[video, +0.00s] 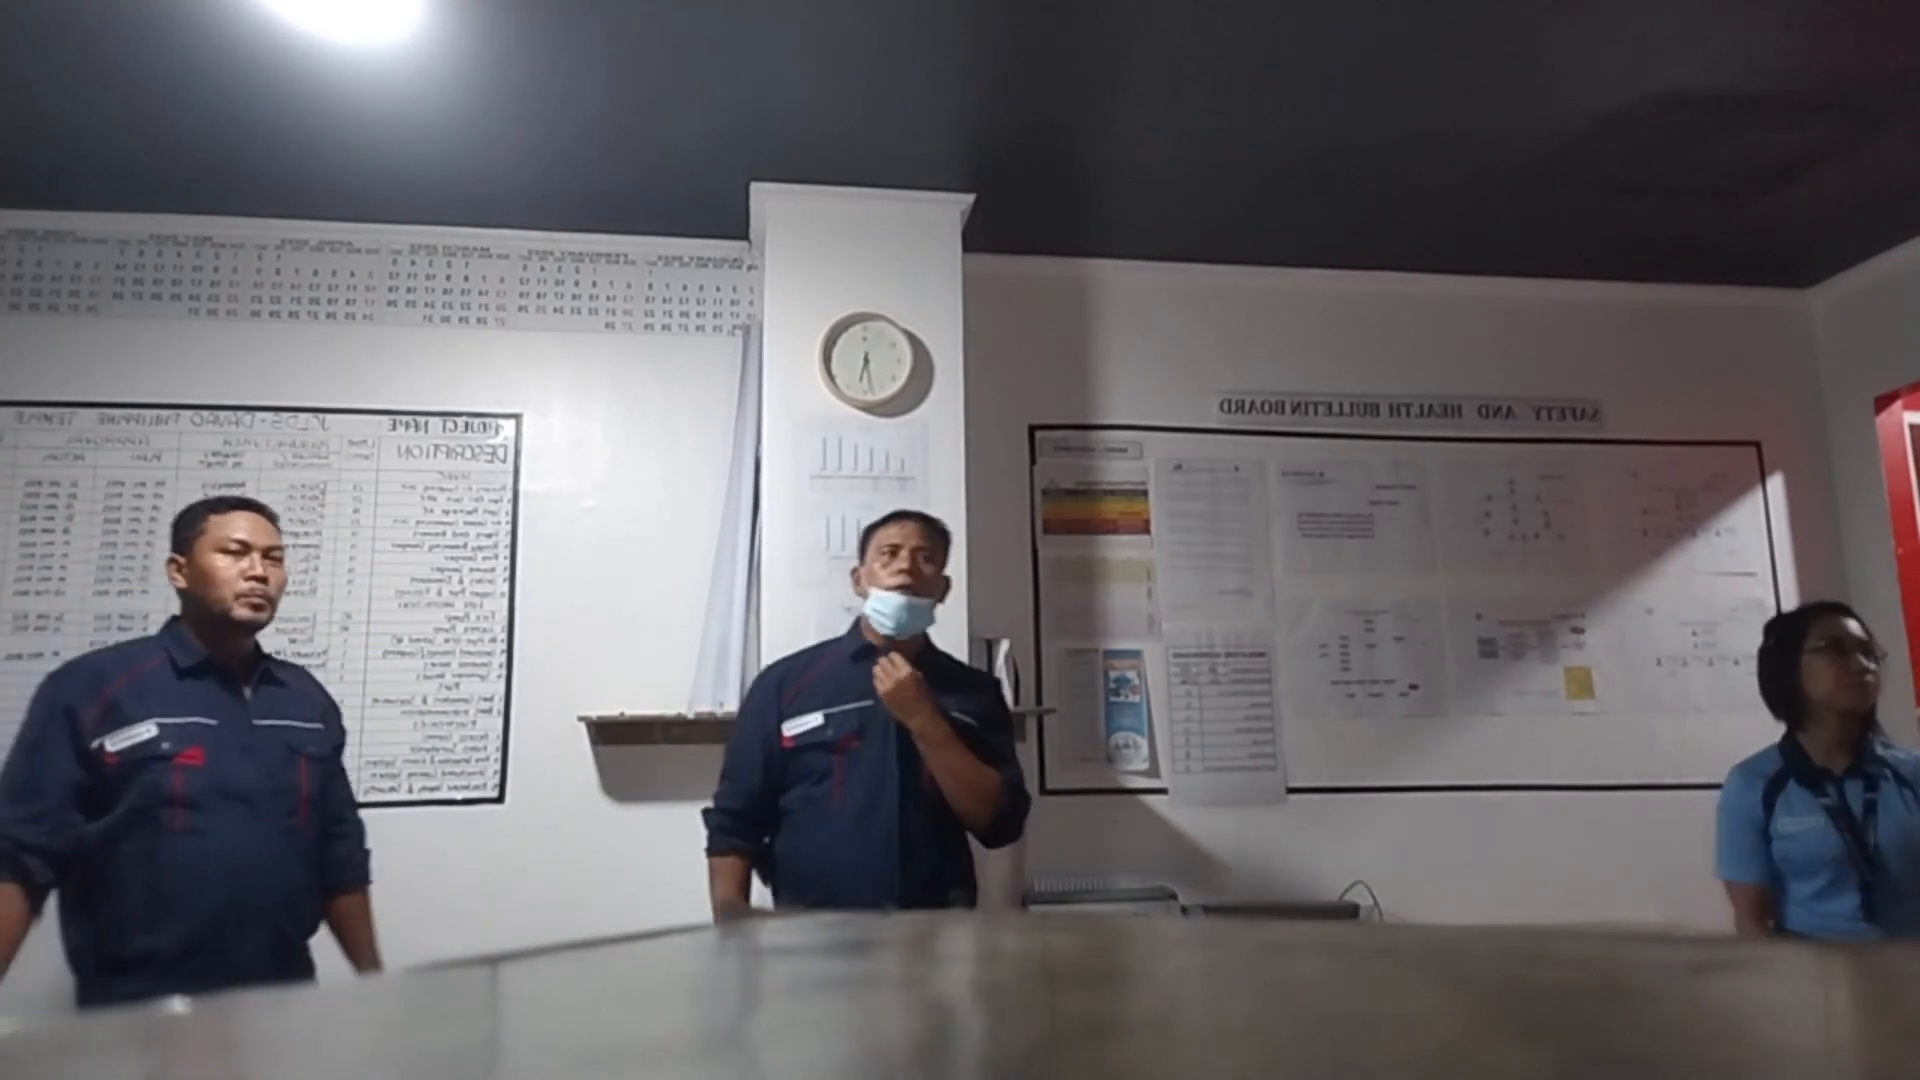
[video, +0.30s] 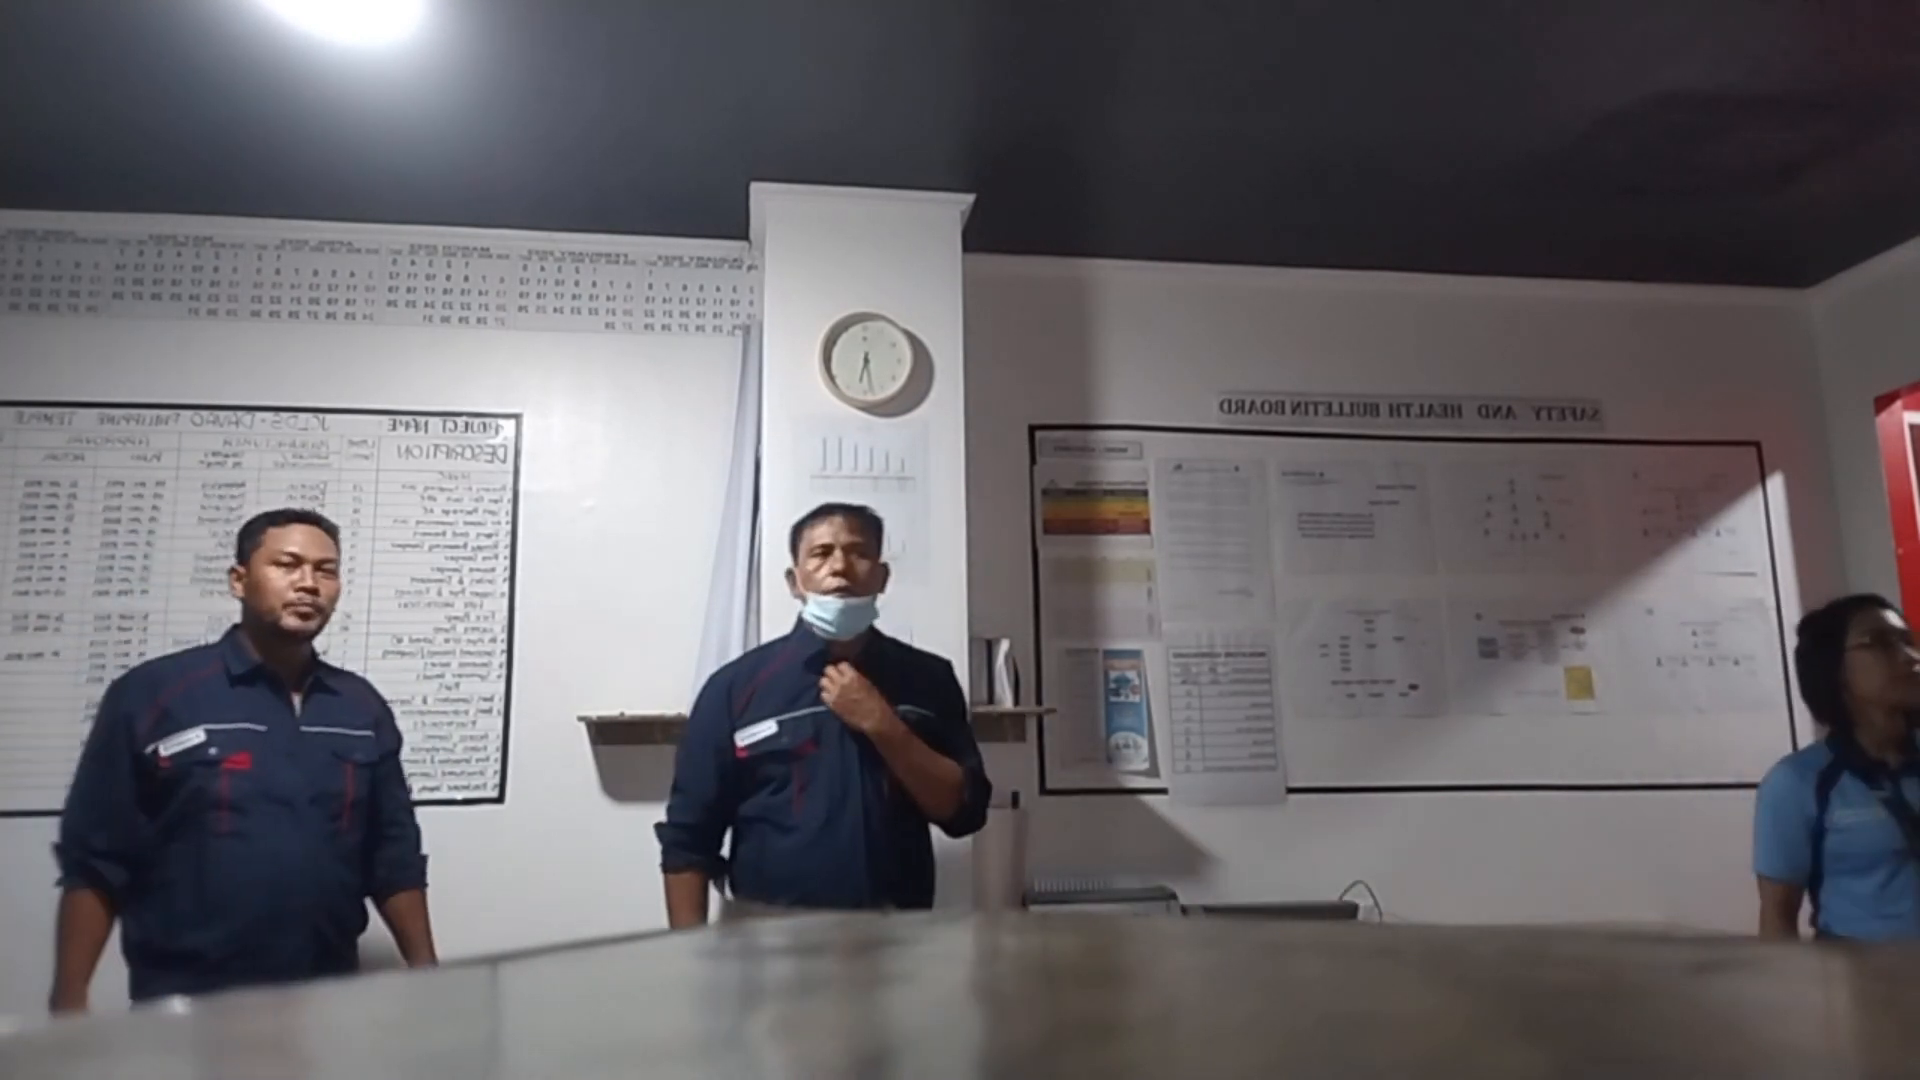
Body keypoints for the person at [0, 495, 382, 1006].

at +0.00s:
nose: (259, 572)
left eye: (273, 558)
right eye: (234, 552)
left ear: (285, 576)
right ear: (179, 571)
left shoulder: (307, 702)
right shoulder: (84, 694)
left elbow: (339, 860)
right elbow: (20, 870)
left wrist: (377, 986)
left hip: (280, 1011)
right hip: (135, 1018)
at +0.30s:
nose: (309, 583)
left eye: (325, 570)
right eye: (287, 564)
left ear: (338, 589)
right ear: (240, 581)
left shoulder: (362, 708)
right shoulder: (148, 698)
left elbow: (394, 858)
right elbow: (95, 864)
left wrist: (428, 983)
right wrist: (68, 1006)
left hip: (322, 1008)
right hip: (185, 1012)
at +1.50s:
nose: (269, 569)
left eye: (283, 557)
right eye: (246, 549)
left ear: (295, 580)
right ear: (191, 567)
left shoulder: (306, 703)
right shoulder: (92, 685)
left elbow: (324, 868)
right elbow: (43, 864)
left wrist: (344, 1000)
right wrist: (28, 1026)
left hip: (264, 1012)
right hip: (123, 1014)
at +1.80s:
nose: (211, 564)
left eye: (224, 550)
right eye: (185, 543)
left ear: (234, 570)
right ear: (122, 560)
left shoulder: (238, 702)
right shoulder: (29, 680)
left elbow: (243, 861)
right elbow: (11, 849)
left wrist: (264, 990)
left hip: (205, 1017)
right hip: (58, 1021)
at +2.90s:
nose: (266, 571)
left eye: (279, 555)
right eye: (240, 554)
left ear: (294, 571)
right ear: (188, 575)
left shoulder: (310, 709)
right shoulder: (99, 691)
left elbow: (317, 871)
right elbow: (36, 869)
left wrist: (338, 1006)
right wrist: (0, 1003)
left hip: (276, 1021)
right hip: (133, 1024)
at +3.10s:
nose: (319, 578)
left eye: (335, 566)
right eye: (297, 560)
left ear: (348, 588)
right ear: (248, 578)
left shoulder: (363, 716)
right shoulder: (154, 687)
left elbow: (372, 879)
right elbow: (92, 838)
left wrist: (374, 997)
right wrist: (76, 981)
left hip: (323, 1012)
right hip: (183, 1012)